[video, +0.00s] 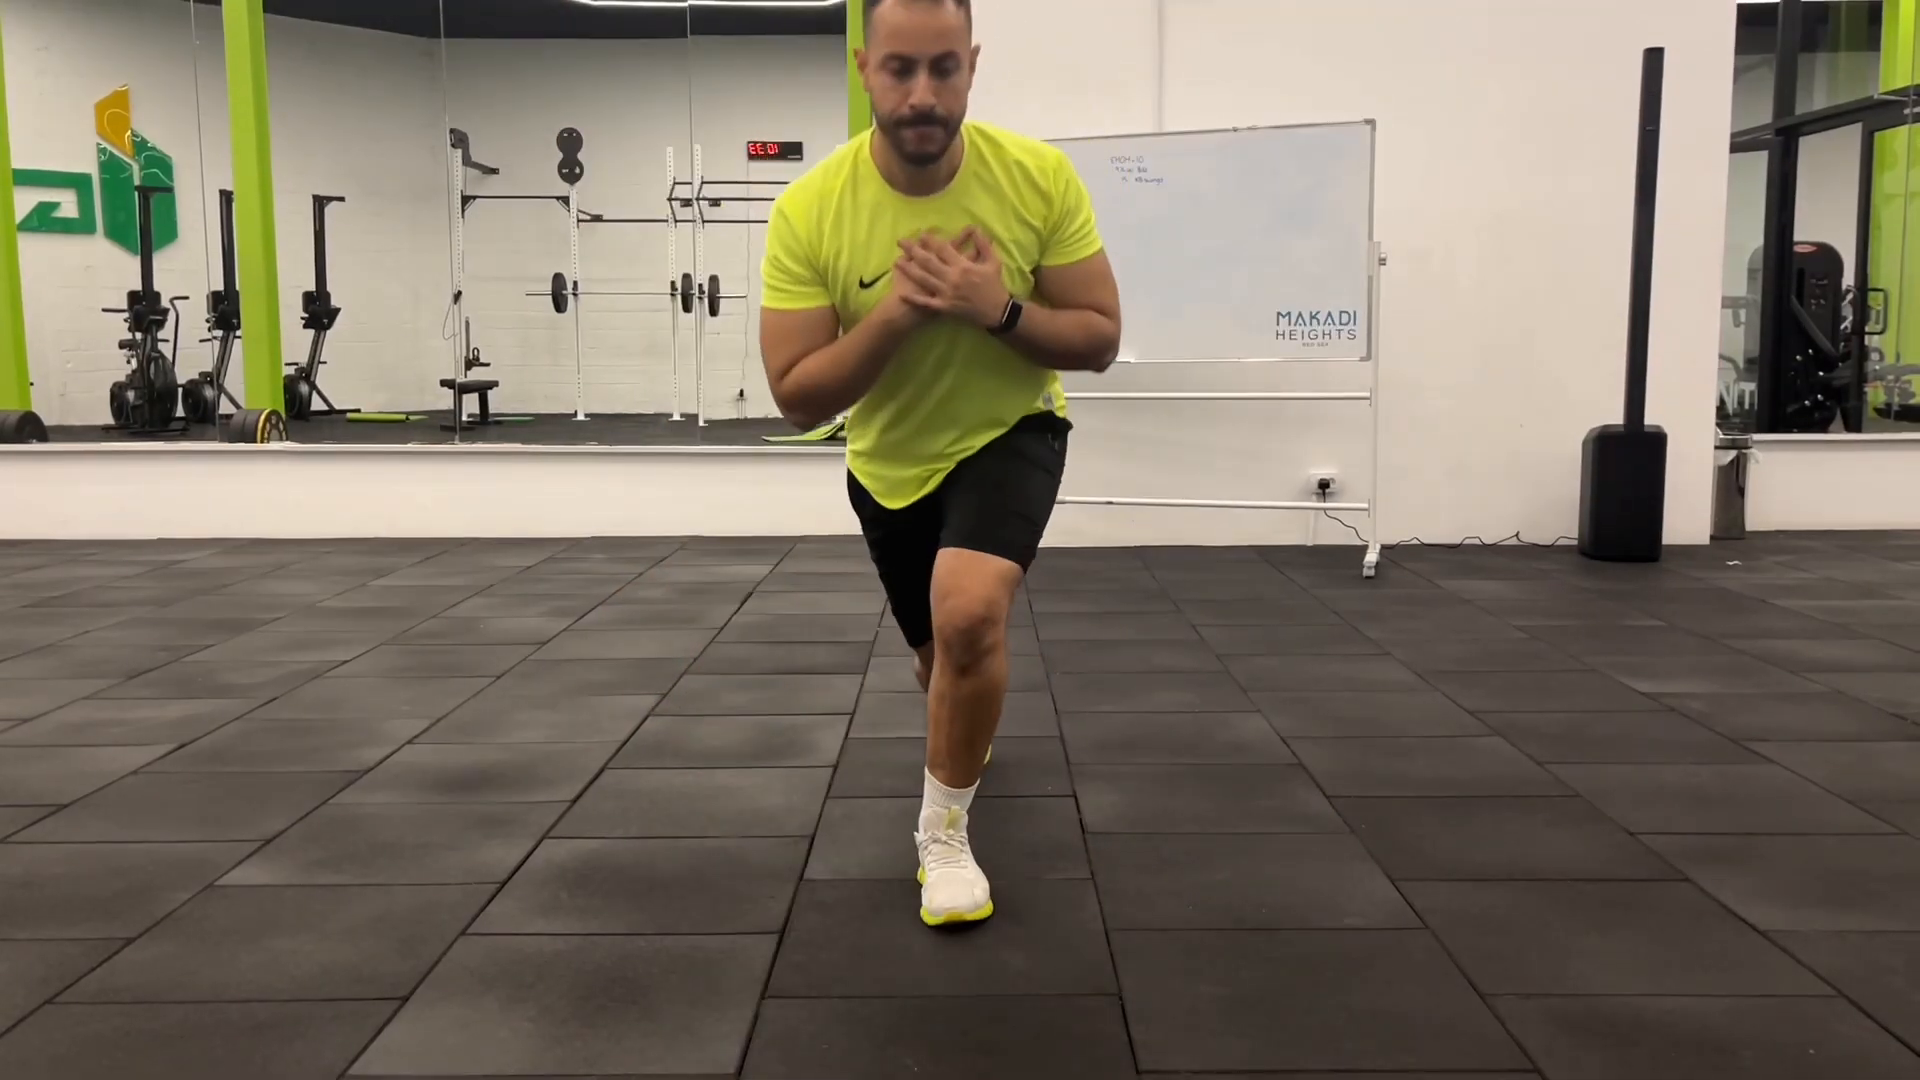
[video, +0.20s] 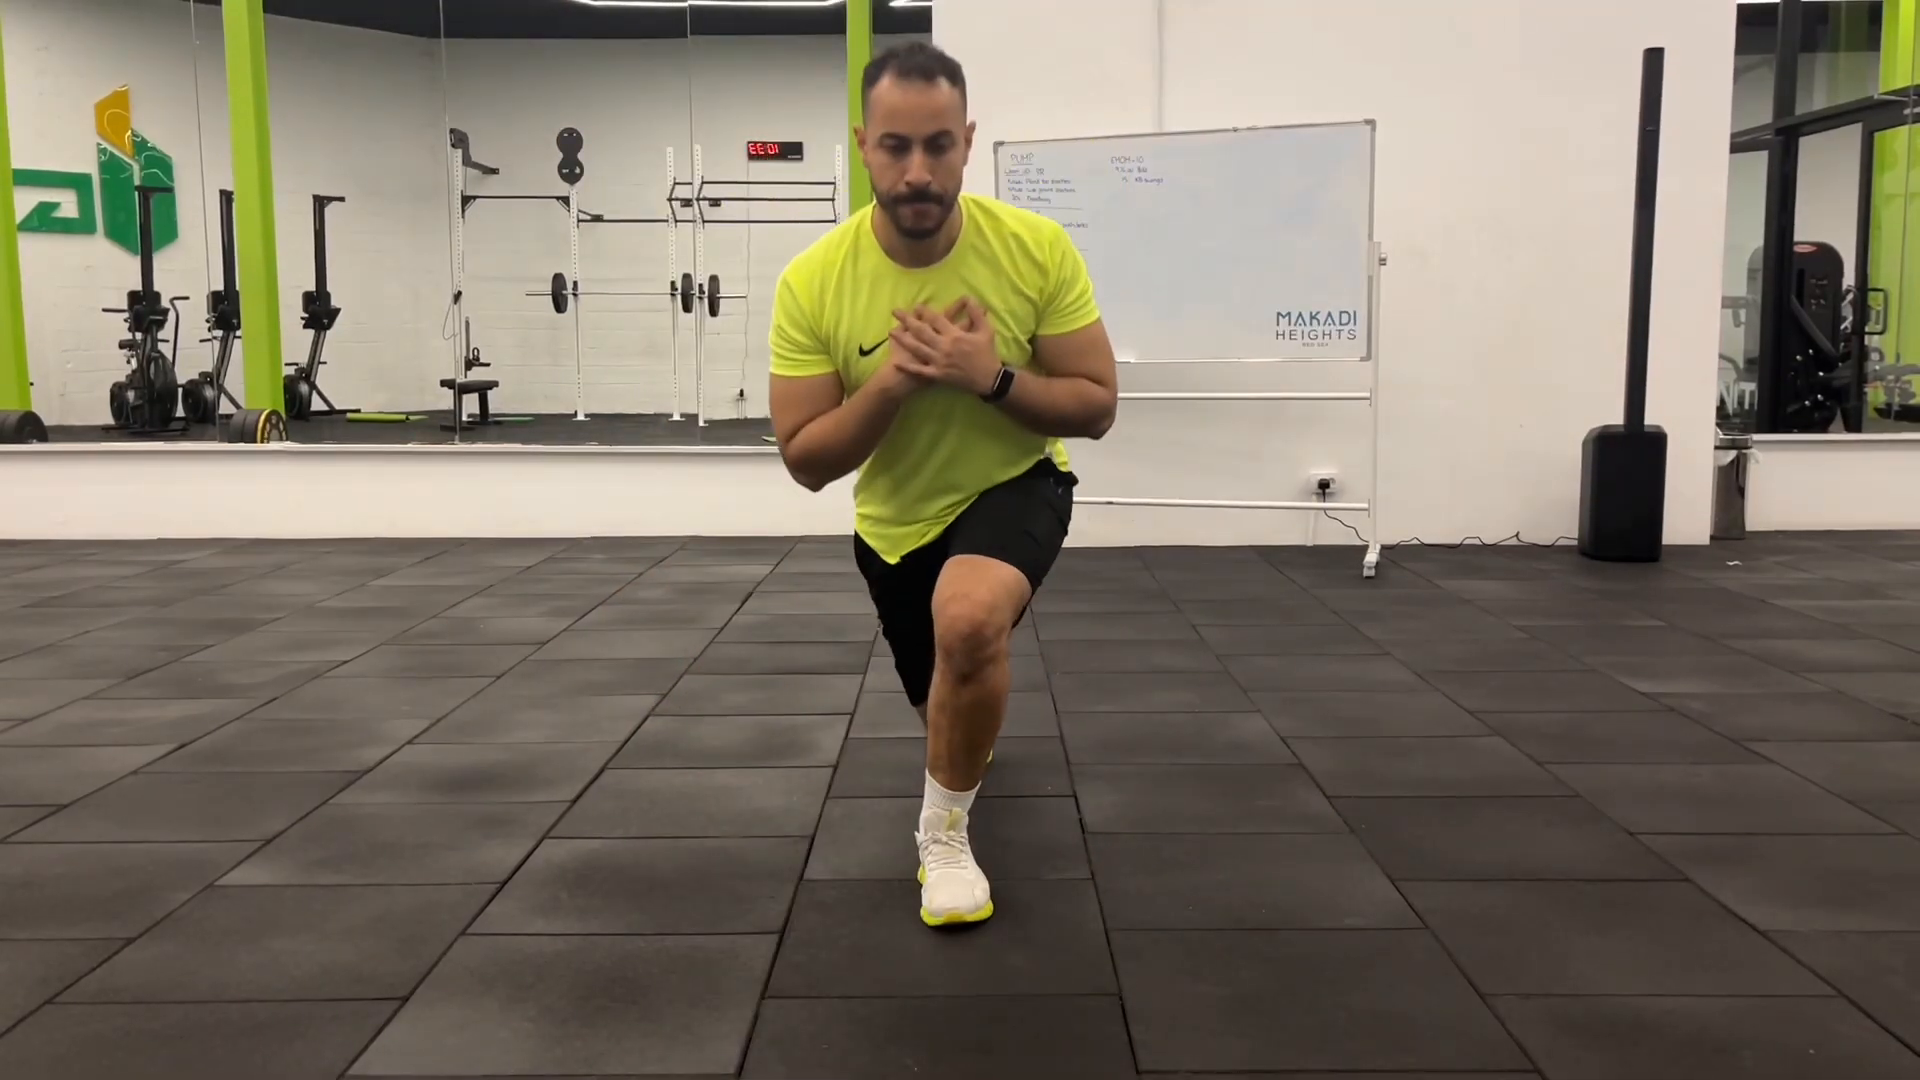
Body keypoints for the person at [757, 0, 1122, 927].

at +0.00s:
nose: (922, 94)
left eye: (943, 68)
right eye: (898, 69)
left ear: (972, 67)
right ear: (862, 73)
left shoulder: (1038, 179)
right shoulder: (809, 213)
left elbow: (1098, 337)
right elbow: (797, 397)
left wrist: (1002, 312)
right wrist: (895, 313)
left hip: (1009, 424)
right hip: (889, 452)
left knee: (967, 620)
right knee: (935, 658)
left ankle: (945, 830)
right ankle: (963, 750)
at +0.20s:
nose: (917, 173)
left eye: (938, 146)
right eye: (894, 147)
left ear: (968, 143)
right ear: (862, 147)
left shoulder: (1036, 251)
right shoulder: (813, 283)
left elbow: (1096, 408)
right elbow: (807, 460)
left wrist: (994, 377)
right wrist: (894, 379)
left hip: (1015, 477)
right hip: (897, 516)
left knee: (966, 623)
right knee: (937, 698)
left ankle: (944, 829)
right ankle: (967, 758)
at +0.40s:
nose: (928, 205)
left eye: (948, 179)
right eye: (906, 179)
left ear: (975, 177)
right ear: (874, 179)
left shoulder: (1040, 285)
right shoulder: (821, 316)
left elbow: (1094, 441)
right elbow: (810, 491)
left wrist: (999, 408)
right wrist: (900, 405)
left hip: (1013, 506)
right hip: (895, 541)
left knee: (975, 623)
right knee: (928, 750)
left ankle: (945, 829)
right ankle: (961, 762)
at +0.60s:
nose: (937, 213)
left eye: (957, 188)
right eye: (916, 189)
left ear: (982, 188)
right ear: (882, 191)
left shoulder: (1042, 299)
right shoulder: (826, 325)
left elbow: (1094, 453)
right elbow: (811, 499)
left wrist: (1002, 418)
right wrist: (904, 412)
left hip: (1012, 515)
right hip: (896, 552)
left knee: (984, 617)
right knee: (926, 768)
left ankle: (945, 832)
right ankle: (958, 751)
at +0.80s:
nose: (941, 193)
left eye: (961, 168)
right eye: (919, 168)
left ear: (986, 170)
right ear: (886, 171)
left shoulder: (1046, 282)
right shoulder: (828, 307)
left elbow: (1096, 437)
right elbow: (816, 480)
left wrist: (1004, 400)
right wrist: (903, 399)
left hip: (1013, 501)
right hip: (897, 536)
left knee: (989, 616)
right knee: (929, 759)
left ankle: (948, 832)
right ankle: (966, 746)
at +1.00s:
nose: (951, 130)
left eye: (974, 105)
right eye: (930, 102)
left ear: (1000, 103)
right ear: (896, 98)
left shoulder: (1054, 221)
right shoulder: (832, 232)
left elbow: (1099, 383)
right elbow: (809, 404)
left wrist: (1004, 342)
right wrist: (905, 332)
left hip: (1010, 453)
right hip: (889, 480)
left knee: (985, 618)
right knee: (930, 691)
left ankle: (948, 831)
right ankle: (978, 707)